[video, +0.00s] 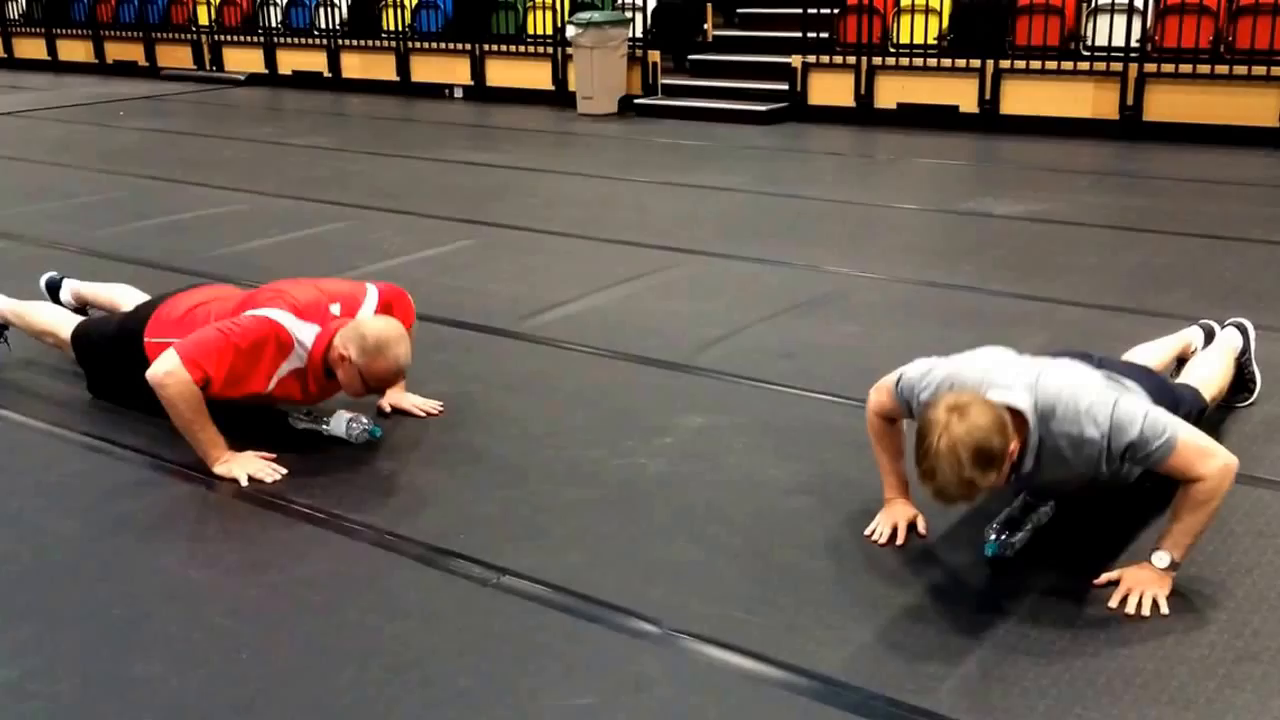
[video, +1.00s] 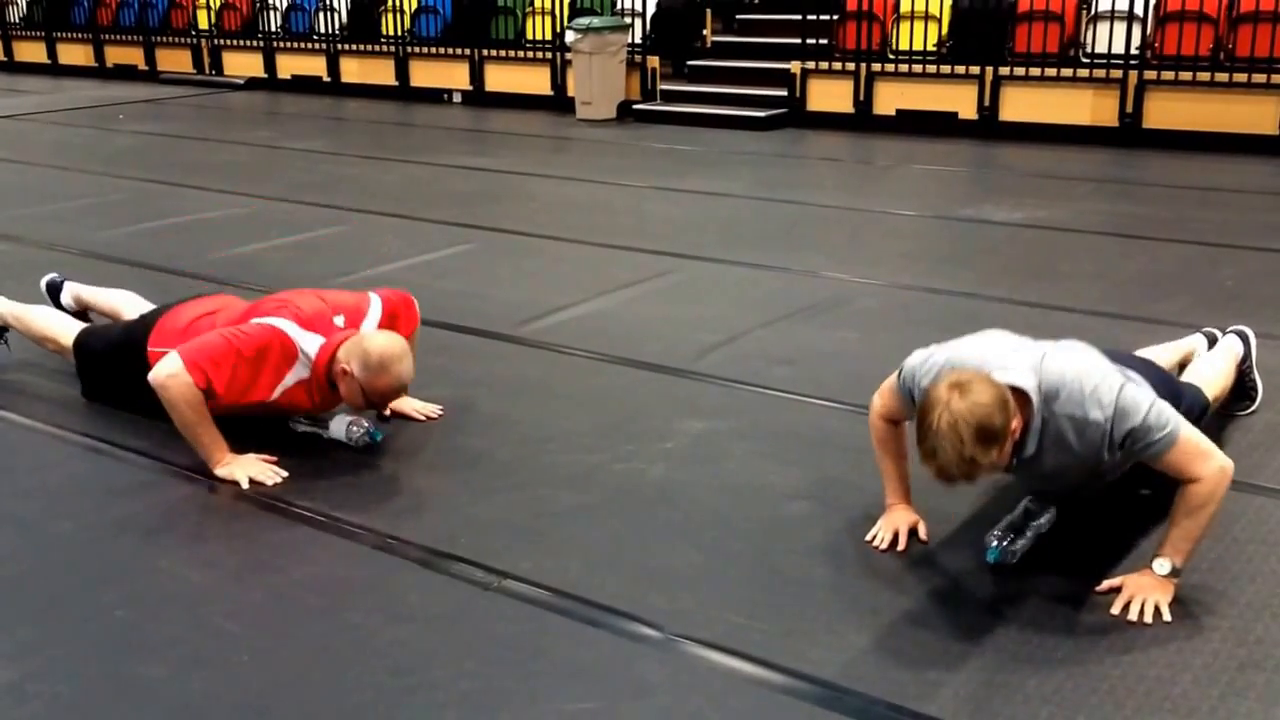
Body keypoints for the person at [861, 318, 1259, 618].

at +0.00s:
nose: (978, 499)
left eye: (982, 490)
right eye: (964, 494)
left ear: (1010, 453)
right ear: (931, 427)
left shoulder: (1099, 418)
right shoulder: (940, 380)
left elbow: (1217, 468)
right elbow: (880, 404)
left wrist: (1161, 564)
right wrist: (895, 497)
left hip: (1133, 395)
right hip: (1059, 370)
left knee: (1191, 393)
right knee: (1129, 370)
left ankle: (1232, 339)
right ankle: (1194, 334)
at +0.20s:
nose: (987, 491)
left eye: (989, 482)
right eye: (973, 488)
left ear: (1012, 443)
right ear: (935, 429)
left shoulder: (1105, 413)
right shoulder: (939, 377)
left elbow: (1214, 469)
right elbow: (882, 406)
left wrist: (1160, 567)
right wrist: (896, 499)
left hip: (1135, 395)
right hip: (1071, 368)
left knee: (1191, 394)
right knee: (1128, 366)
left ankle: (1232, 342)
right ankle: (1193, 337)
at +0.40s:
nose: (994, 407)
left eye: (1000, 394)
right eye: (980, 401)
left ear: (1027, 346)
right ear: (949, 353)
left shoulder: (1113, 339)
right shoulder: (937, 316)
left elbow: (1173, 455)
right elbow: (904, 406)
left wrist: (1158, 568)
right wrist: (897, 501)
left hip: (1140, 373)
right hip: (1056, 396)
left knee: (1194, 379)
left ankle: (1234, 348)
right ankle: (1202, 347)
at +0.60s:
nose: (978, 427)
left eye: (987, 415)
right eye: (965, 420)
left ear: (1020, 371)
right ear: (946, 376)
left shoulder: (1111, 361)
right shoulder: (929, 342)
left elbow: (1194, 460)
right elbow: (893, 410)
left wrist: (1159, 569)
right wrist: (896, 502)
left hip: (1143, 375)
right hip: (1061, 399)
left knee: (1197, 382)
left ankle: (1236, 346)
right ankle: (1197, 345)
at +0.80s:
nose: (972, 516)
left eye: (978, 508)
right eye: (958, 510)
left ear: (1007, 467)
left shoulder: (1095, 430)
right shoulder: (942, 393)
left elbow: (1219, 475)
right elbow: (878, 408)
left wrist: (1161, 571)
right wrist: (896, 502)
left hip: (1132, 410)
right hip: (1059, 384)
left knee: (1189, 404)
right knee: (1127, 383)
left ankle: (1232, 346)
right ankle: (1196, 341)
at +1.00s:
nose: (985, 479)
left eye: (990, 469)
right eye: (969, 474)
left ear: (1014, 427)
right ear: (939, 427)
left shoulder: (1103, 403)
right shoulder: (933, 371)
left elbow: (1212, 471)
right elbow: (884, 411)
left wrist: (1162, 571)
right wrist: (897, 503)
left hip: (1136, 396)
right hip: (1086, 371)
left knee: (1195, 395)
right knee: (1136, 366)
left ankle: (1233, 346)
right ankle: (1200, 341)